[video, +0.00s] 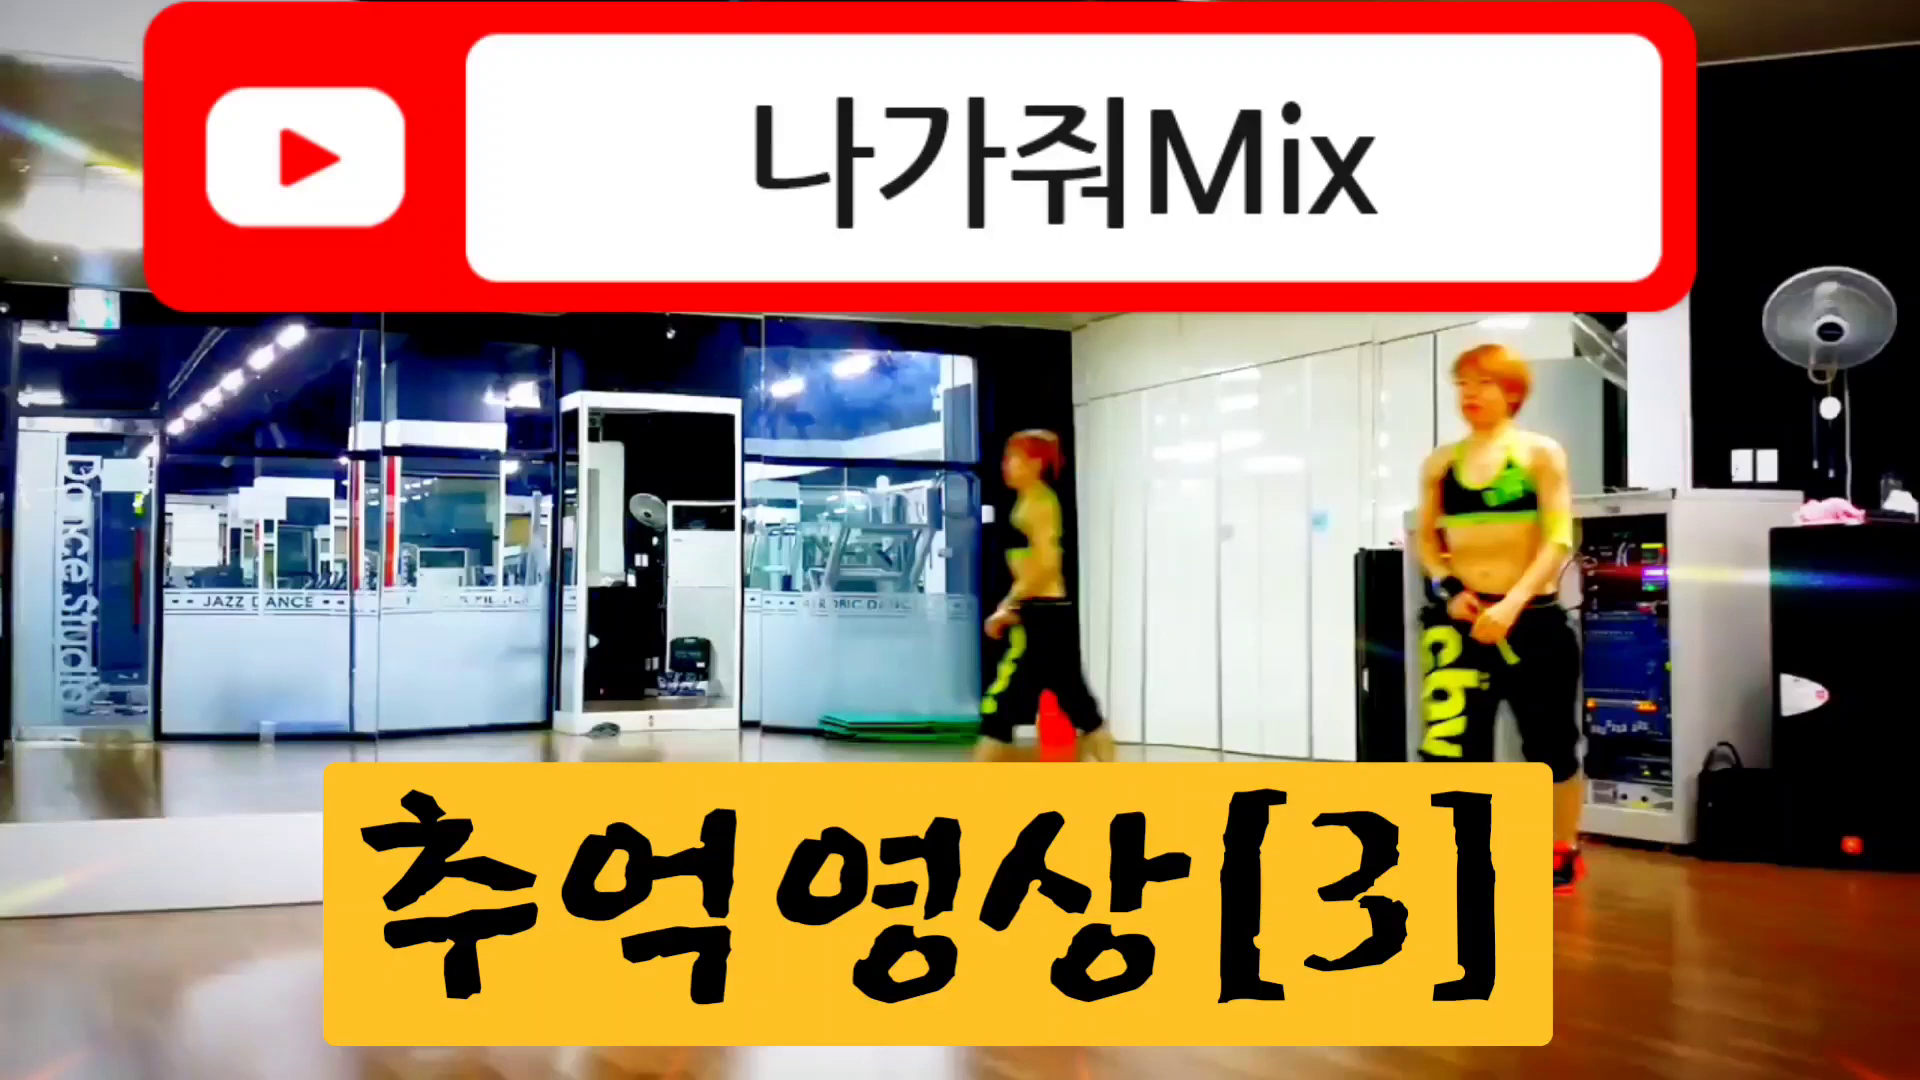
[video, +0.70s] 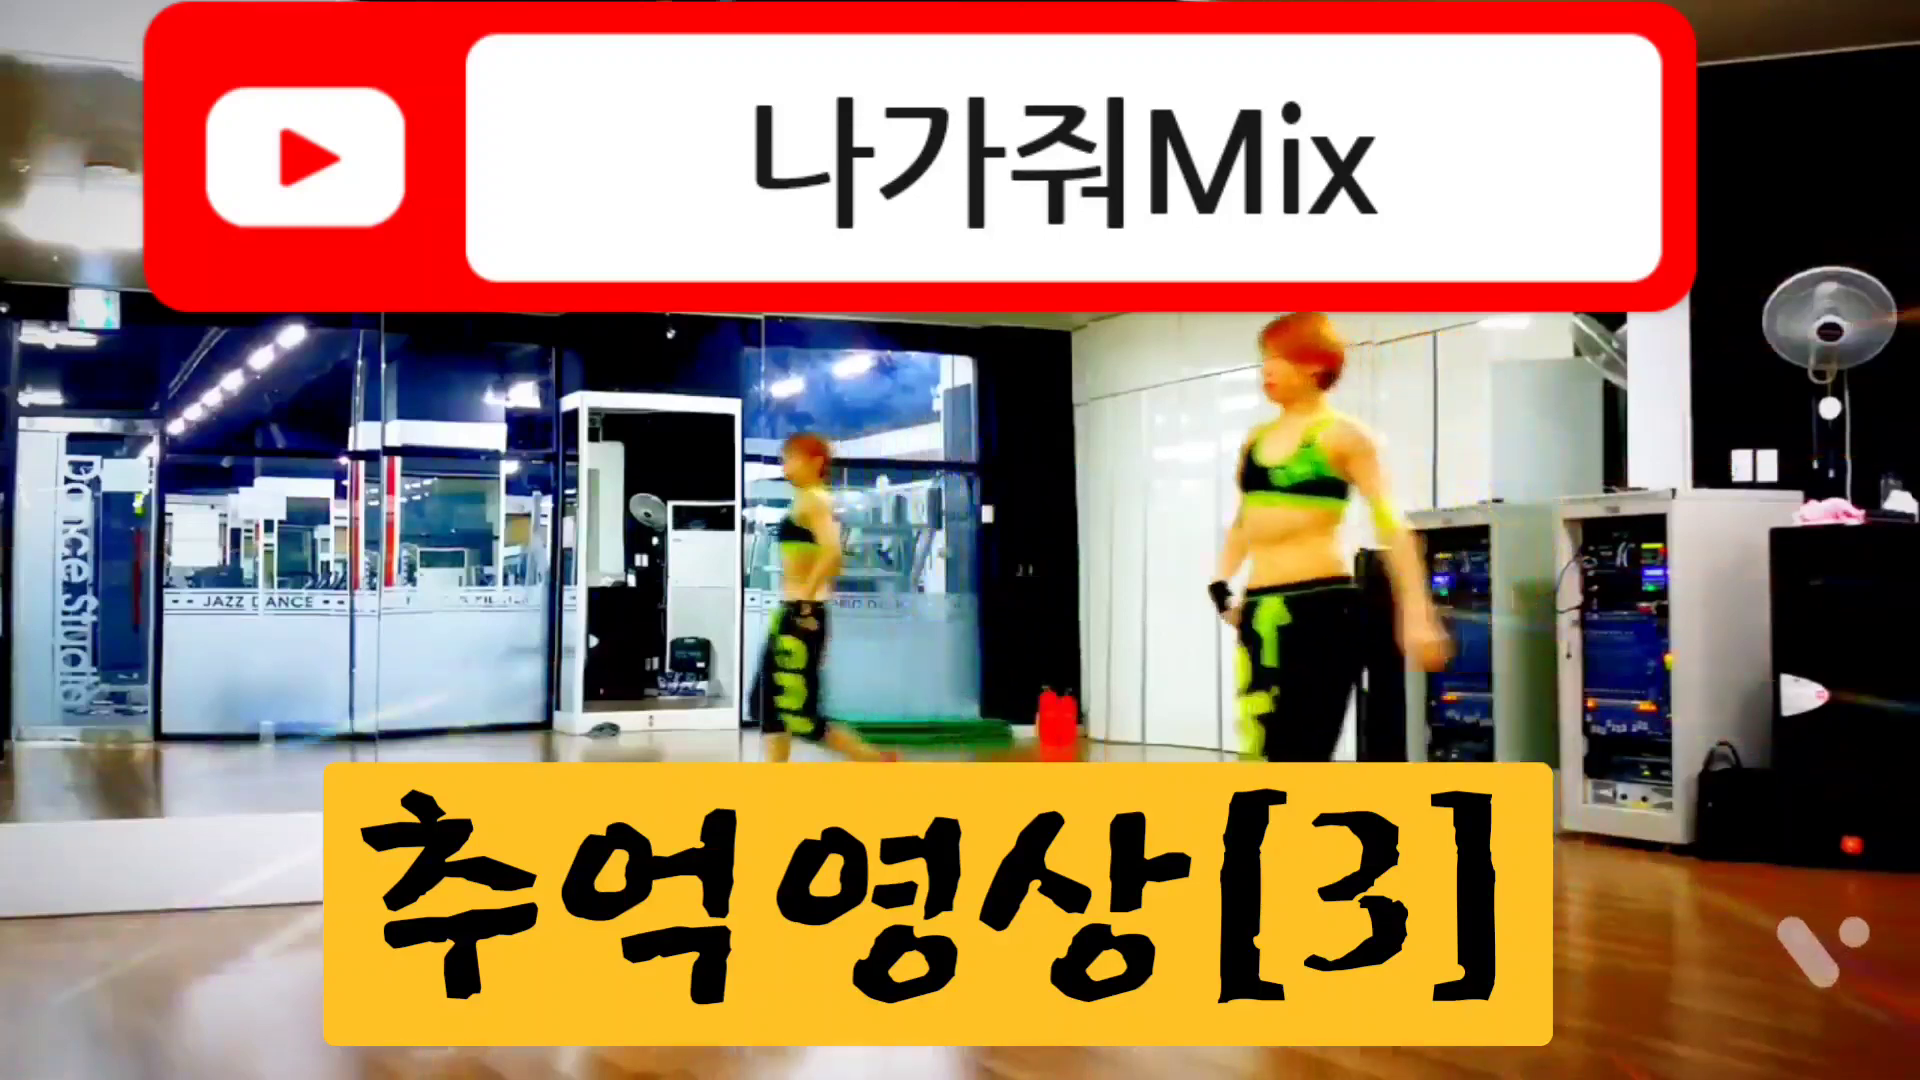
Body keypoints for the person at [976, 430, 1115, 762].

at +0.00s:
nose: (1007, 465)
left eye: (1015, 458)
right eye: (1008, 458)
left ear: (1036, 464)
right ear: (1025, 465)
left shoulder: (1038, 503)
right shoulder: (1029, 501)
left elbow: (1043, 564)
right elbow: (1035, 564)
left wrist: (1009, 604)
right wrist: (1008, 605)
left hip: (1041, 610)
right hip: (1050, 608)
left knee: (998, 706)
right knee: (1075, 696)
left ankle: (977, 788)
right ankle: (1113, 780)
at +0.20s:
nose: (970, 461)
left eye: (978, 455)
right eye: (973, 454)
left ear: (997, 461)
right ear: (996, 462)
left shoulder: (1002, 501)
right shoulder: (998, 499)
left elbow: (1007, 559)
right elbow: (1007, 556)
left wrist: (982, 587)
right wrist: (986, 582)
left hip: (1004, 607)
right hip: (1010, 604)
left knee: (969, 704)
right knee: (1024, 697)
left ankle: (960, 784)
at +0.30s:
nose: (925, 458)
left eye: (931, 451)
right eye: (928, 451)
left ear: (949, 454)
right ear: (951, 454)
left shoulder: (954, 495)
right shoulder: (963, 491)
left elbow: (957, 548)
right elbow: (963, 547)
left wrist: (934, 577)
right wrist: (937, 570)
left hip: (955, 597)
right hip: (970, 595)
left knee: (943, 693)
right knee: (956, 690)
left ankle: (964, 766)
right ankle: (1007, 754)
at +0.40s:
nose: (889, 458)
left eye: (895, 451)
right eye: (890, 450)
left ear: (914, 453)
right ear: (914, 454)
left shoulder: (918, 495)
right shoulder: (925, 493)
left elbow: (917, 547)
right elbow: (938, 551)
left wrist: (894, 576)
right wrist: (903, 575)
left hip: (921, 600)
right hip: (917, 598)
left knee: (930, 691)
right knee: (884, 686)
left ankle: (962, 771)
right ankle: (906, 768)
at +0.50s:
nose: (865, 460)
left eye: (870, 453)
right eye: (867, 452)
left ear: (890, 456)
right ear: (891, 457)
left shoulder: (891, 499)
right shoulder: (905, 497)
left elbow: (890, 549)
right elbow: (916, 553)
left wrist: (869, 578)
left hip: (898, 605)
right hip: (900, 603)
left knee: (916, 690)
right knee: (857, 687)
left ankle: (954, 762)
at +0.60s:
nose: (828, 467)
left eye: (834, 459)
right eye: (829, 460)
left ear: (855, 462)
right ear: (856, 463)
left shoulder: (856, 501)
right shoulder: (866, 501)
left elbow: (857, 552)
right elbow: (881, 562)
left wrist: (834, 587)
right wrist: (888, 611)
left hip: (858, 612)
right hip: (858, 610)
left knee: (886, 704)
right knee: (818, 706)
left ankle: (940, 768)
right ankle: (792, 774)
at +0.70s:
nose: (785, 467)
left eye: (792, 459)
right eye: (785, 460)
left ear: (815, 462)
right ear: (807, 464)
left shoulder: (815, 500)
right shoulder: (803, 500)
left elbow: (831, 553)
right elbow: (828, 554)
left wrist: (807, 597)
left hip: (805, 611)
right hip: (790, 610)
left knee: (796, 711)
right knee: (769, 704)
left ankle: (870, 757)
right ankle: (774, 777)